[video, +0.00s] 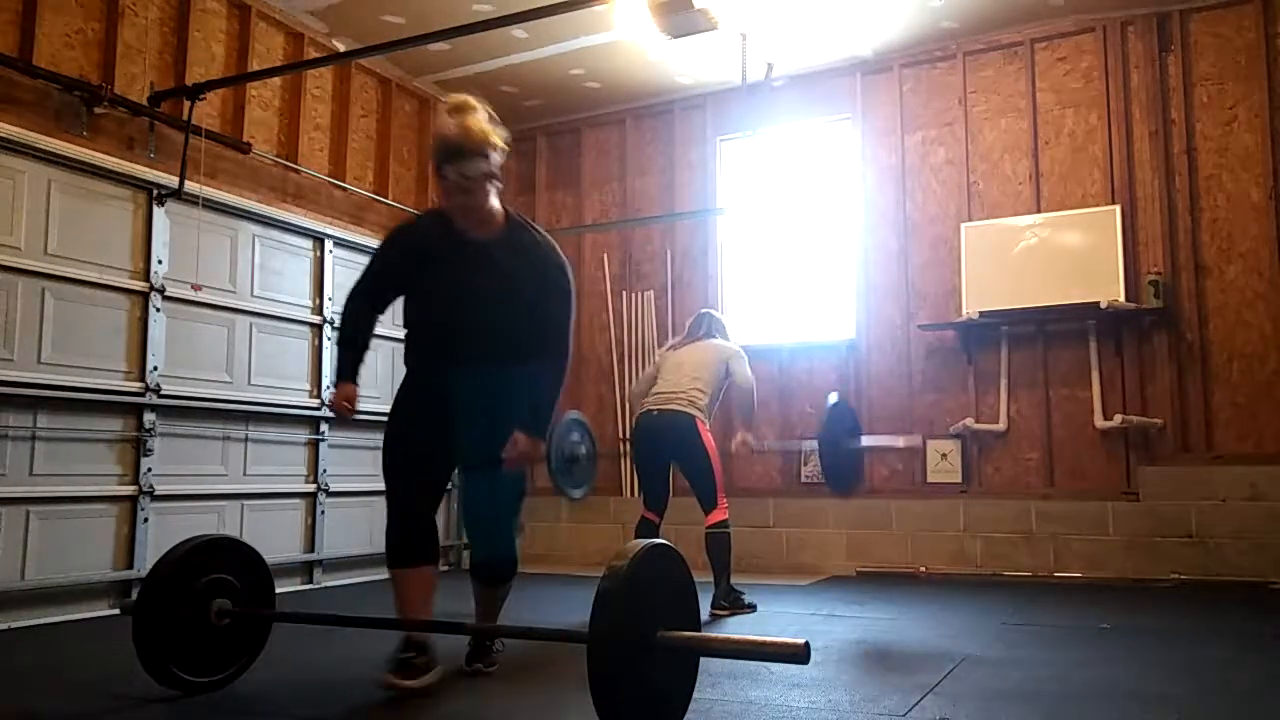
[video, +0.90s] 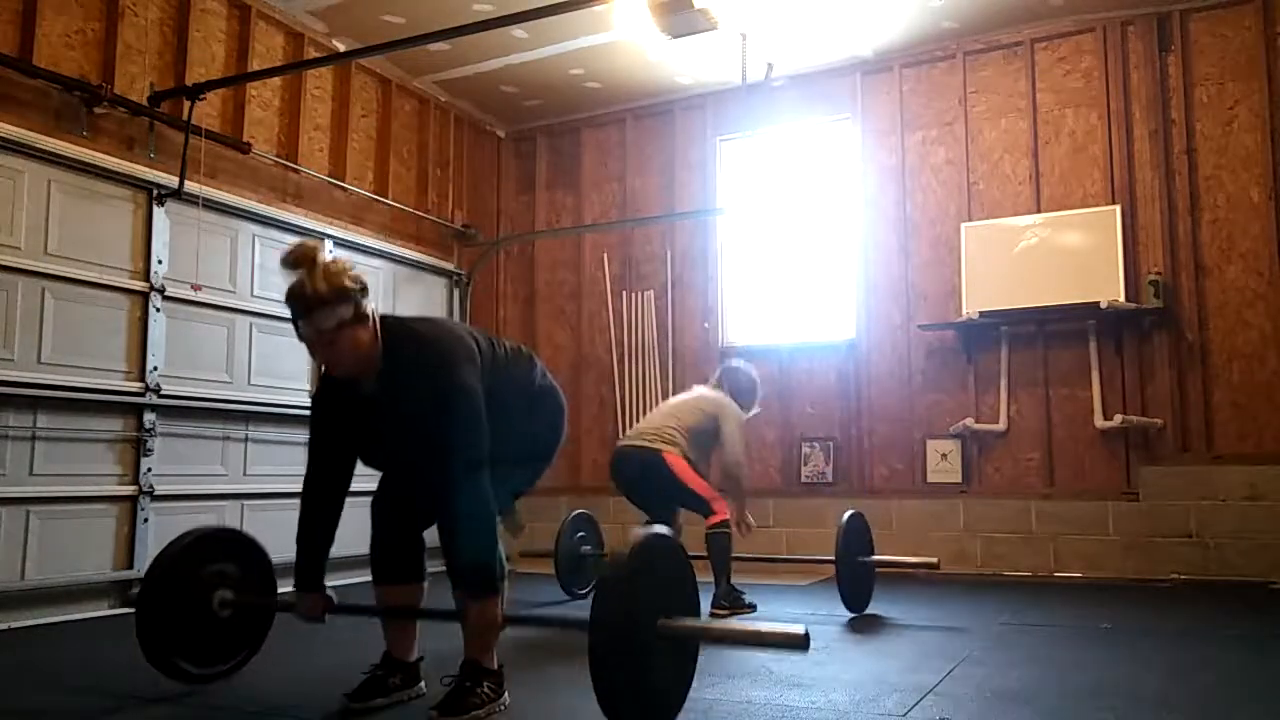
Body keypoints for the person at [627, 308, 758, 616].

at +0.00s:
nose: (727, 342)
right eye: (727, 337)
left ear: (692, 331)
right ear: (721, 333)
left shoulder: (669, 351)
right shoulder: (729, 349)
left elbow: (636, 391)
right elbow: (745, 381)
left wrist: (643, 426)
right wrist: (745, 429)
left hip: (646, 425)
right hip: (686, 425)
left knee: (653, 506)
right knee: (715, 508)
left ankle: (632, 587)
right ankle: (723, 592)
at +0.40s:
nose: (733, 346)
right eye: (733, 342)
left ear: (698, 335)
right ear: (727, 338)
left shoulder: (675, 353)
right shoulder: (732, 354)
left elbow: (639, 392)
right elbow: (746, 386)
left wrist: (646, 428)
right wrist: (744, 431)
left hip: (646, 422)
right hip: (685, 423)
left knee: (652, 506)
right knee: (713, 508)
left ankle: (632, 587)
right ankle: (723, 591)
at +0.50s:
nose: (737, 361)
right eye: (736, 356)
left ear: (698, 347)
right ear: (729, 353)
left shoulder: (675, 363)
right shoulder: (732, 370)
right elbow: (746, 421)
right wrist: (746, 468)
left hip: (643, 428)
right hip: (683, 430)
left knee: (650, 509)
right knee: (716, 509)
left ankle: (634, 587)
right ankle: (723, 592)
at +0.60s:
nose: (740, 384)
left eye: (739, 380)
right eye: (738, 380)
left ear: (699, 369)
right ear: (729, 375)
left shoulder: (676, 385)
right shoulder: (732, 394)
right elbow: (743, 449)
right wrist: (746, 500)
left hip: (640, 441)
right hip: (682, 443)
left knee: (650, 514)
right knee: (724, 513)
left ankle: (636, 588)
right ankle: (724, 593)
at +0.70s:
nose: (739, 399)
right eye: (738, 394)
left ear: (701, 388)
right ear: (732, 392)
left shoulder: (678, 402)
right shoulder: (733, 410)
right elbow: (744, 466)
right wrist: (747, 517)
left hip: (638, 453)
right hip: (680, 455)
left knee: (655, 515)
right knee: (725, 516)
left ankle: (632, 580)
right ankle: (724, 594)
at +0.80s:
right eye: (743, 407)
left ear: (709, 394)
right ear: (740, 404)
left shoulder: (685, 407)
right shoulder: (735, 418)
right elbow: (745, 479)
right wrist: (751, 528)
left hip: (633, 457)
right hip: (674, 459)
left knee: (658, 516)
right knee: (725, 513)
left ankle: (634, 580)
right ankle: (725, 594)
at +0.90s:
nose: (747, 412)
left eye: (749, 408)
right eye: (747, 406)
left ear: (718, 383)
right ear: (742, 396)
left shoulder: (693, 397)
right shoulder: (727, 406)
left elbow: (696, 462)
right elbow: (733, 463)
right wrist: (739, 507)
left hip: (624, 456)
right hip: (658, 457)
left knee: (667, 521)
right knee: (718, 510)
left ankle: (647, 587)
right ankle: (724, 593)